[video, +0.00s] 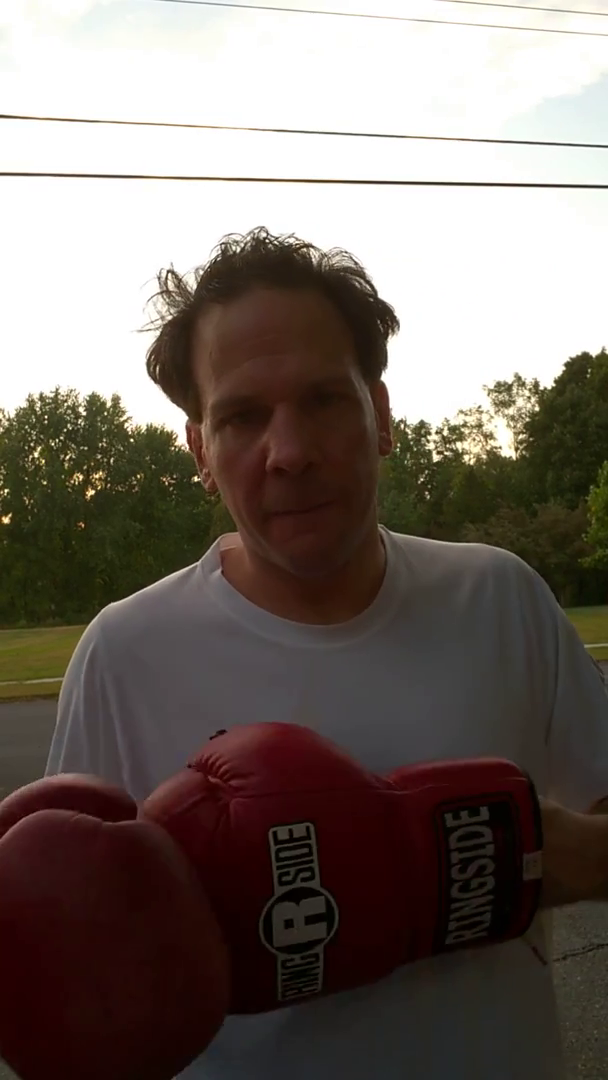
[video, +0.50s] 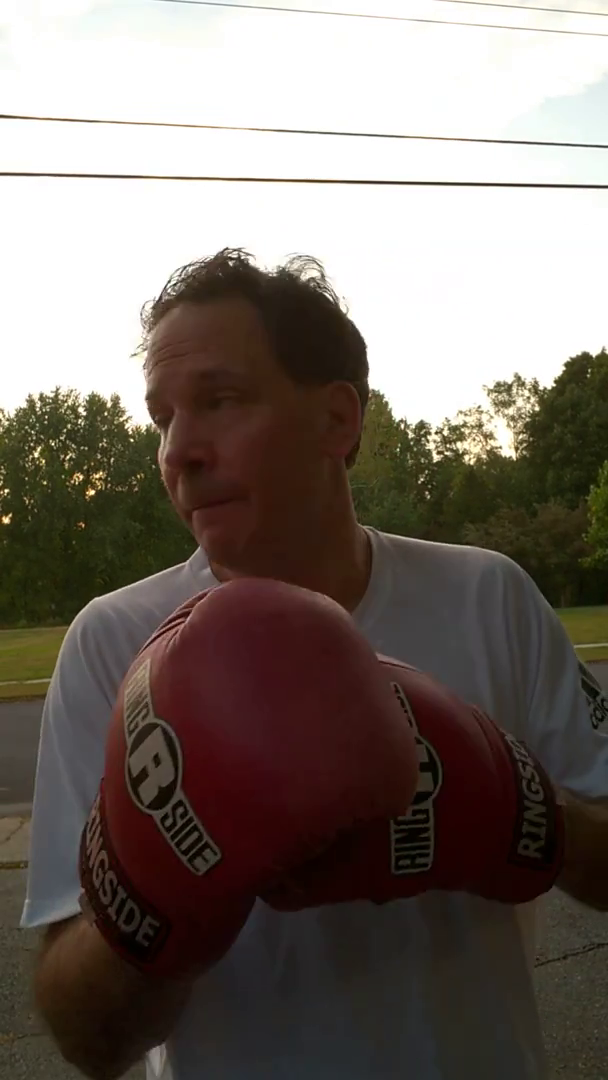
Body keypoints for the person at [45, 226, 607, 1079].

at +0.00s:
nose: (288, 452)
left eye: (323, 401)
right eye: (243, 416)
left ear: (382, 420)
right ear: (202, 454)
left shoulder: (503, 603)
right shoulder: (124, 655)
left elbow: (603, 829)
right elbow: (67, 925)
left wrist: (550, 846)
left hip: (503, 1065)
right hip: (225, 1068)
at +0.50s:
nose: (178, 453)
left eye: (221, 400)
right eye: (163, 417)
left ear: (339, 419)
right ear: (157, 439)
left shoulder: (492, 602)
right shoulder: (112, 642)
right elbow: (88, 1038)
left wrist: (520, 819)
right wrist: (164, 882)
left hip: (480, 1061)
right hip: (223, 1070)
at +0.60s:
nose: (144, 451)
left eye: (186, 403)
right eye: (140, 416)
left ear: (314, 419)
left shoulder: (484, 597)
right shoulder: (104, 641)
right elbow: (91, 1038)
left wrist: (503, 813)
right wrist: (163, 868)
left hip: (469, 1060)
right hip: (215, 1068)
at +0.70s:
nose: (111, 456)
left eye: (154, 404)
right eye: (117, 415)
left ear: (283, 426)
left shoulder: (477, 599)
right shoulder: (94, 645)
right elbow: (78, 1043)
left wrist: (477, 816)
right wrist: (159, 834)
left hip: (460, 1062)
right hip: (210, 1068)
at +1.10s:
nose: (190, 470)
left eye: (229, 431)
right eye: (198, 435)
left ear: (346, 451)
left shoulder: (525, 610)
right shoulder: (166, 643)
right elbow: (129, 989)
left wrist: (487, 805)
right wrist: (247, 813)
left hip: (498, 1059)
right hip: (251, 1066)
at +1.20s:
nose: (258, 500)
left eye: (300, 466)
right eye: (262, 470)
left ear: (411, 488)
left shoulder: (574, 649)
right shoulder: (232, 666)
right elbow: (155, 977)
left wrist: (571, 848)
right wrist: (287, 847)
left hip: (534, 1061)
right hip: (302, 1065)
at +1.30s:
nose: (308, 510)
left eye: (349, 476)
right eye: (304, 480)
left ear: (448, 491)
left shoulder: (576, 636)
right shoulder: (260, 680)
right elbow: (186, 978)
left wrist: (585, 825)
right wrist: (278, 883)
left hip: (558, 1057)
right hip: (336, 1062)